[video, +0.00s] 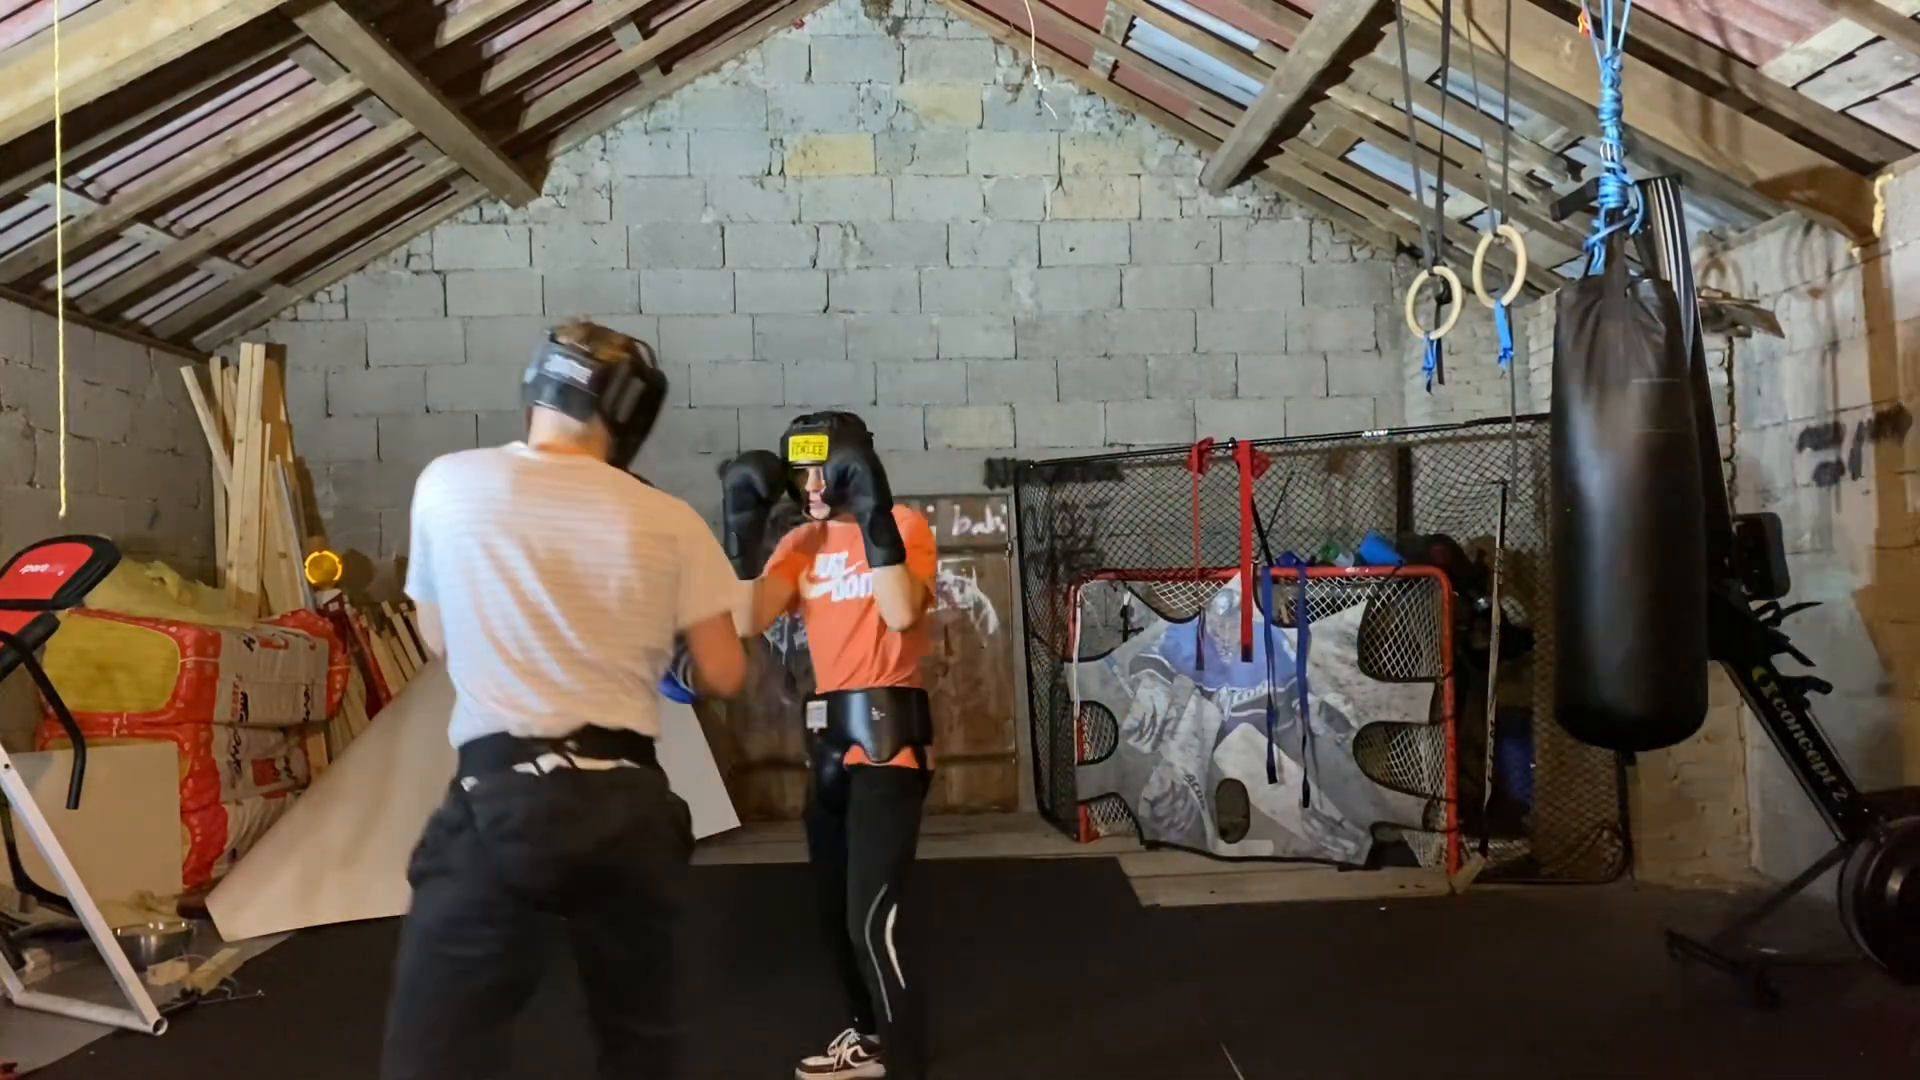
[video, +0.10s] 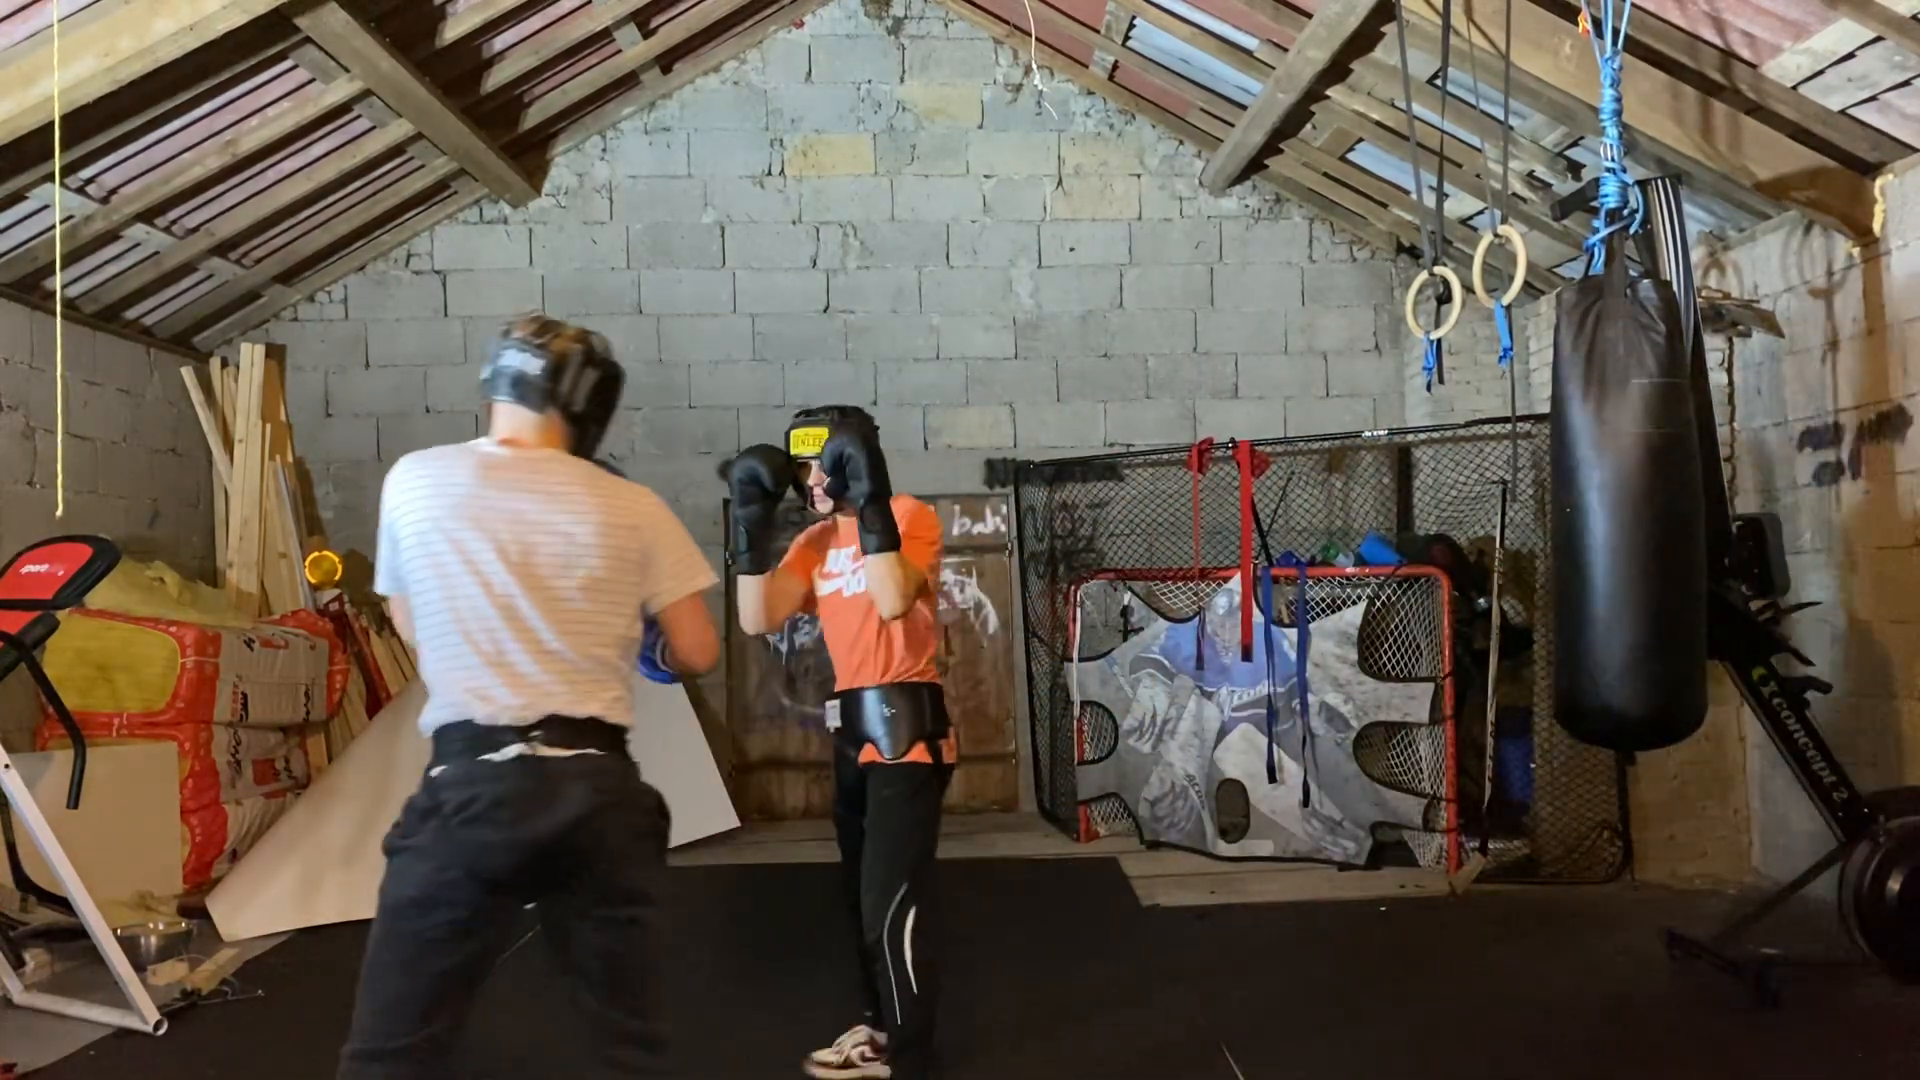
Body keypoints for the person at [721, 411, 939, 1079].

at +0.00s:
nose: (809, 485)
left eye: (820, 470)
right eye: (801, 472)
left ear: (855, 467)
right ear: (795, 479)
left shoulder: (902, 525)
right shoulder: (802, 542)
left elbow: (901, 613)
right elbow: (748, 622)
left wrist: (873, 515)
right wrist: (744, 538)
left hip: (888, 732)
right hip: (828, 735)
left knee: (872, 918)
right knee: (837, 905)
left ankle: (905, 1062)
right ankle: (868, 1033)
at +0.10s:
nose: (809, 481)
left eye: (820, 465)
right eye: (803, 468)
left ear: (856, 462)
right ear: (804, 477)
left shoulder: (909, 516)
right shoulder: (816, 540)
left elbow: (891, 602)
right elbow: (756, 619)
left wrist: (868, 502)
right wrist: (751, 531)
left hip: (909, 733)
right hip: (854, 733)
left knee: (888, 907)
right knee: (865, 898)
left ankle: (907, 1056)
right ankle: (882, 1026)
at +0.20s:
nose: (818, 475)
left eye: (828, 457)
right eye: (811, 462)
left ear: (862, 454)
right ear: (811, 472)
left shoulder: (919, 510)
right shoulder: (833, 536)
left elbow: (891, 592)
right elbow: (774, 612)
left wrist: (868, 490)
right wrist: (760, 519)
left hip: (921, 732)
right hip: (867, 732)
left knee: (898, 910)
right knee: (881, 897)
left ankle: (906, 1065)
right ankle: (952, 1032)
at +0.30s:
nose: (828, 478)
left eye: (834, 462)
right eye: (823, 466)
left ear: (867, 458)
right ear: (834, 478)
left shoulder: (932, 512)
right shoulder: (849, 537)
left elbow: (894, 590)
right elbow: (785, 610)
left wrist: (872, 488)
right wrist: (773, 517)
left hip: (932, 733)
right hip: (880, 733)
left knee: (895, 917)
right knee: (914, 904)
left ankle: (914, 1069)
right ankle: (966, 1050)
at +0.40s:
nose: (840, 484)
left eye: (846, 469)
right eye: (837, 473)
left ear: (879, 463)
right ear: (848, 479)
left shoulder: (943, 514)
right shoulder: (870, 536)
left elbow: (898, 587)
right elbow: (803, 609)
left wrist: (881, 490)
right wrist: (787, 519)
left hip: (950, 736)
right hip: (900, 734)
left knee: (893, 911)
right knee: (921, 900)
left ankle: (918, 1069)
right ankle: (967, 1051)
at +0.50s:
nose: (860, 487)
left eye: (865, 474)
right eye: (857, 477)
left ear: (896, 466)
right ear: (904, 464)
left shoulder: (955, 519)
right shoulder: (898, 538)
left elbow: (890, 593)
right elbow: (824, 616)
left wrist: (873, 498)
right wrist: (806, 522)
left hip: (961, 736)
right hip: (922, 735)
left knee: (901, 916)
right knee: (926, 902)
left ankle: (931, 1067)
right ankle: (966, 1047)